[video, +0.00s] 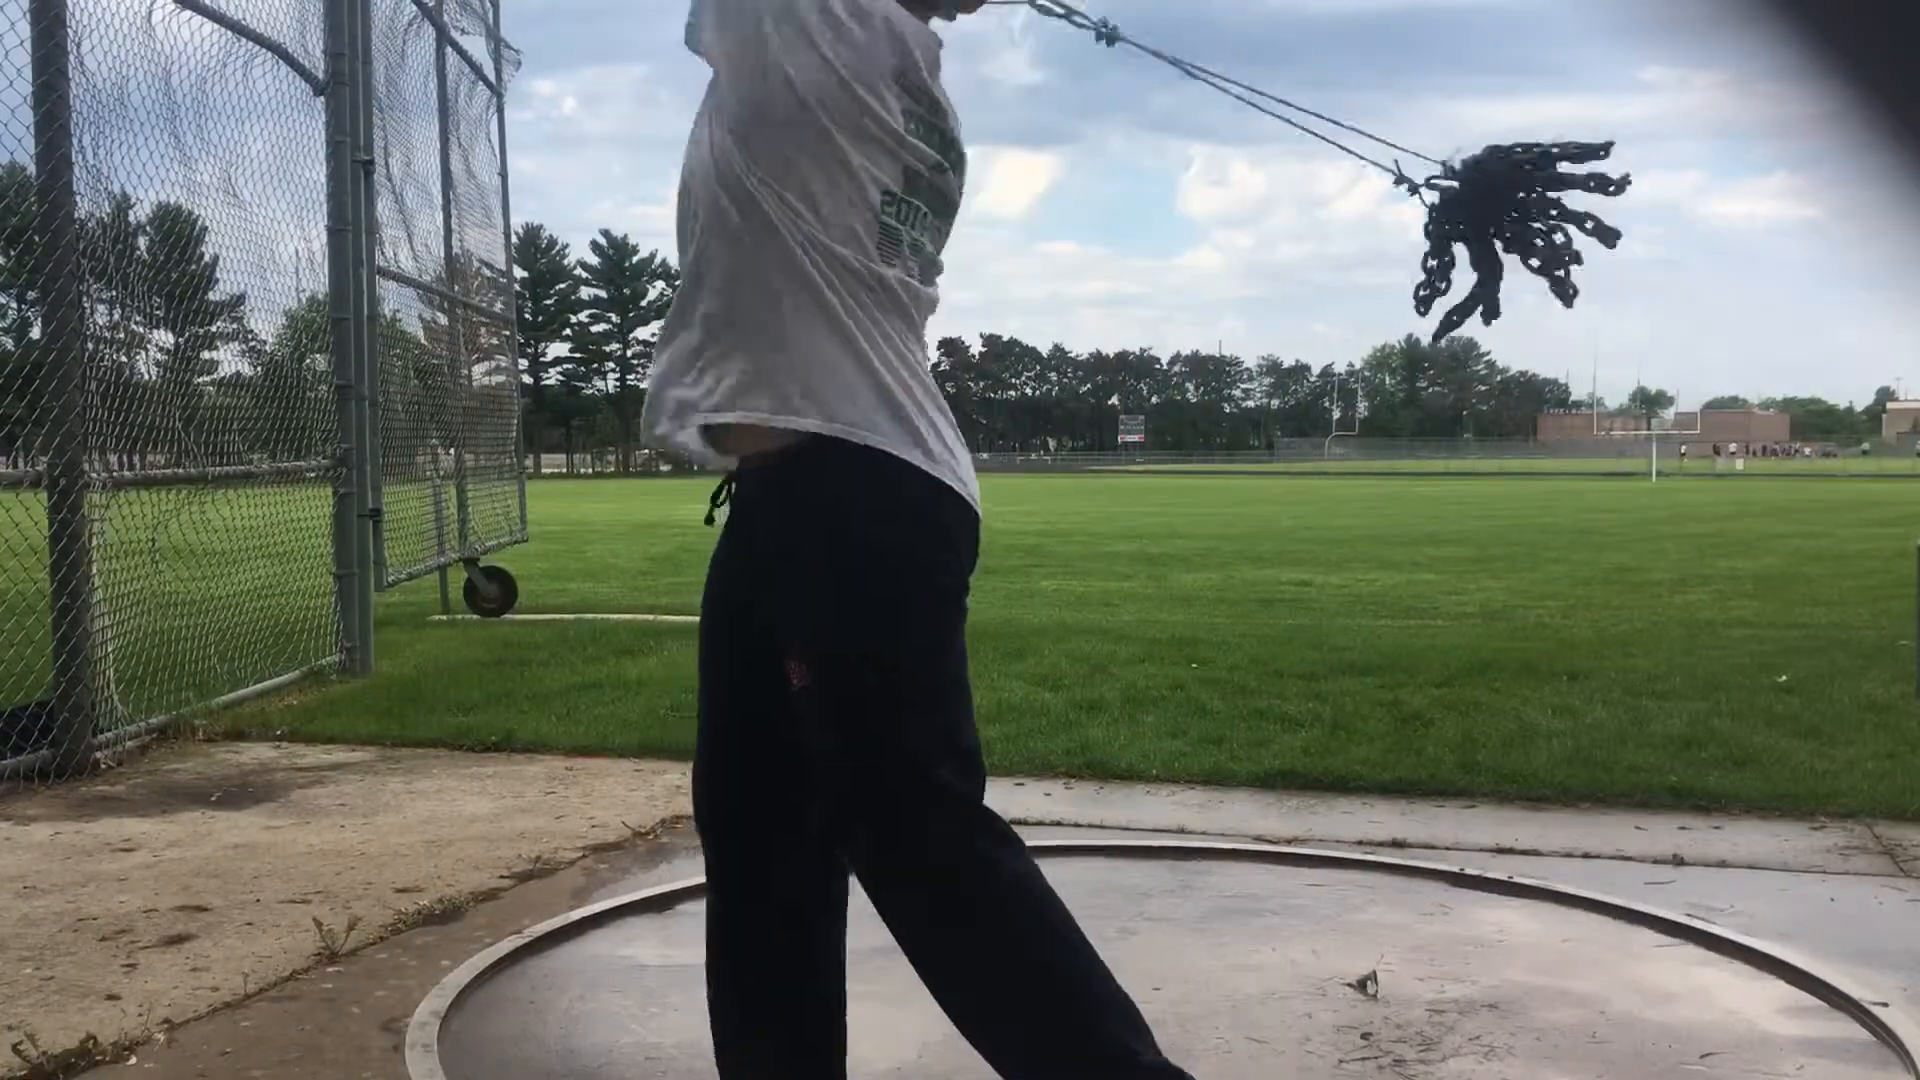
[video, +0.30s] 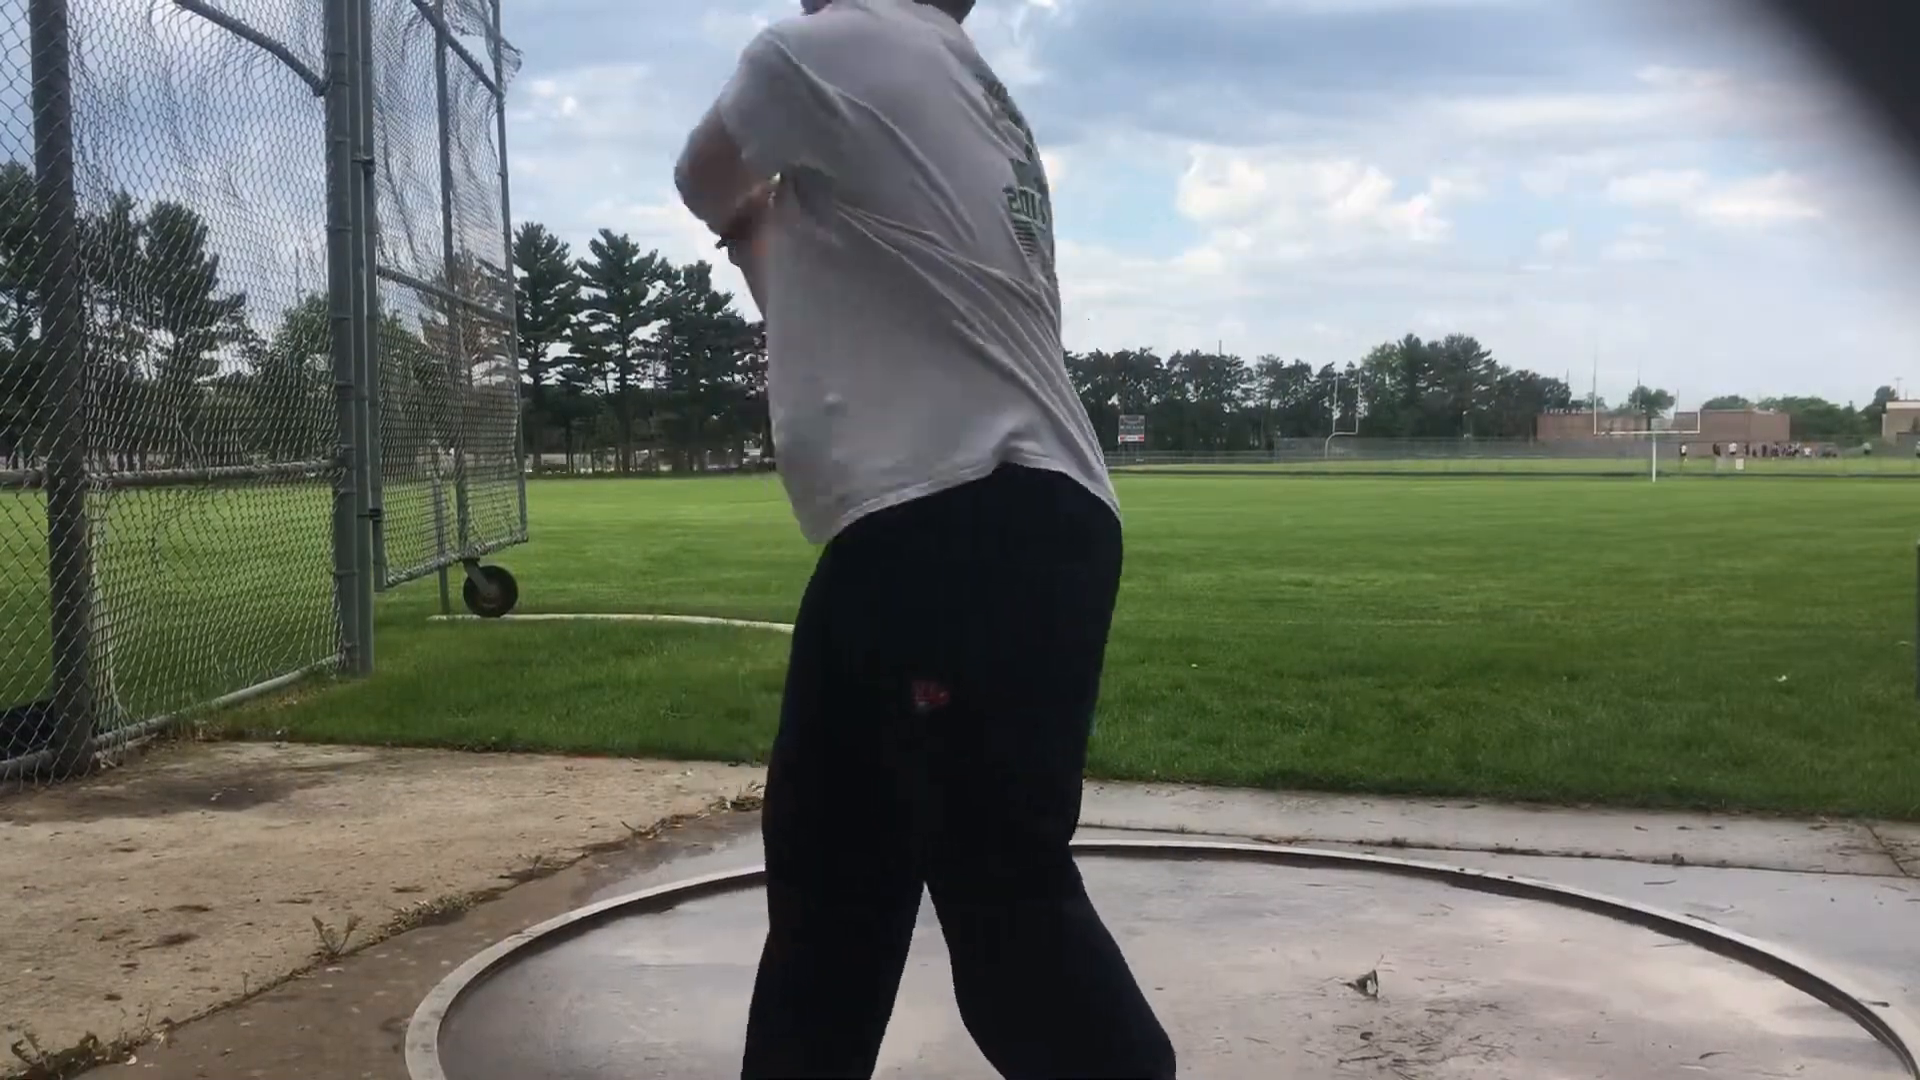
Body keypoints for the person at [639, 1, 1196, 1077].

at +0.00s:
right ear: (928, 6)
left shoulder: (813, 24)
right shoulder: (929, 112)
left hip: (849, 482)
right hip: (782, 492)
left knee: (923, 836)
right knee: (761, 850)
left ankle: (1124, 1067)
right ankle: (776, 1064)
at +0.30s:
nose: (795, 11)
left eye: (802, 4)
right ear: (941, 4)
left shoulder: (817, 44)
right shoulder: (982, 100)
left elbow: (704, 171)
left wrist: (762, 235)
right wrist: (759, 232)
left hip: (966, 513)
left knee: (1009, 893)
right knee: (830, 890)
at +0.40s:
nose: (848, 20)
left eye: (859, 10)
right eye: (855, 14)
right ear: (973, 6)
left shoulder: (897, 52)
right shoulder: (1022, 119)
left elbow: (713, 207)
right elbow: (892, 355)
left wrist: (689, 266)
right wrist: (726, 283)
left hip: (1043, 528)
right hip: (927, 548)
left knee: (1045, 927)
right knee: (845, 914)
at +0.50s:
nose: (912, 20)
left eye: (924, 8)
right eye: (916, 14)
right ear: (1029, 9)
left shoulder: (992, 65)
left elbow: (778, 216)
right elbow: (883, 346)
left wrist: (669, 288)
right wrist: (701, 320)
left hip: (1094, 543)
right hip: (963, 552)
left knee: (1074, 929)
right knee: (865, 903)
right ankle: (819, 1069)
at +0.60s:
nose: (964, 10)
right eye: (964, 0)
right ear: (1079, 5)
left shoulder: (1069, 83)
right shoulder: (979, 156)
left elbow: (832, 232)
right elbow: (876, 338)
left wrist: (659, 329)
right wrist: (680, 356)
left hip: (1138, 535)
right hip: (987, 538)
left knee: (1105, 875)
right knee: (884, 858)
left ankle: (1114, 1065)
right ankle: (828, 1066)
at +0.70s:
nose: (993, 11)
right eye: (994, 0)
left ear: (1071, 3)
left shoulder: (1119, 99)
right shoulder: (972, 157)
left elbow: (922, 242)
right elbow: (864, 335)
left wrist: (700, 357)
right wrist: (707, 375)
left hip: (1147, 552)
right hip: (984, 542)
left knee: (1130, 871)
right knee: (878, 851)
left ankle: (1118, 1071)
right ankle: (823, 1069)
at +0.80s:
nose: (1048, 3)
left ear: (1101, 12)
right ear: (976, 16)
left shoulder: (1136, 111)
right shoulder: (930, 161)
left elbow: (1016, 251)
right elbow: (869, 280)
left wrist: (837, 366)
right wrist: (795, 365)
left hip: (1137, 550)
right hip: (962, 534)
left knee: (1140, 865)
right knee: (860, 815)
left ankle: (1135, 1072)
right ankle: (817, 1066)